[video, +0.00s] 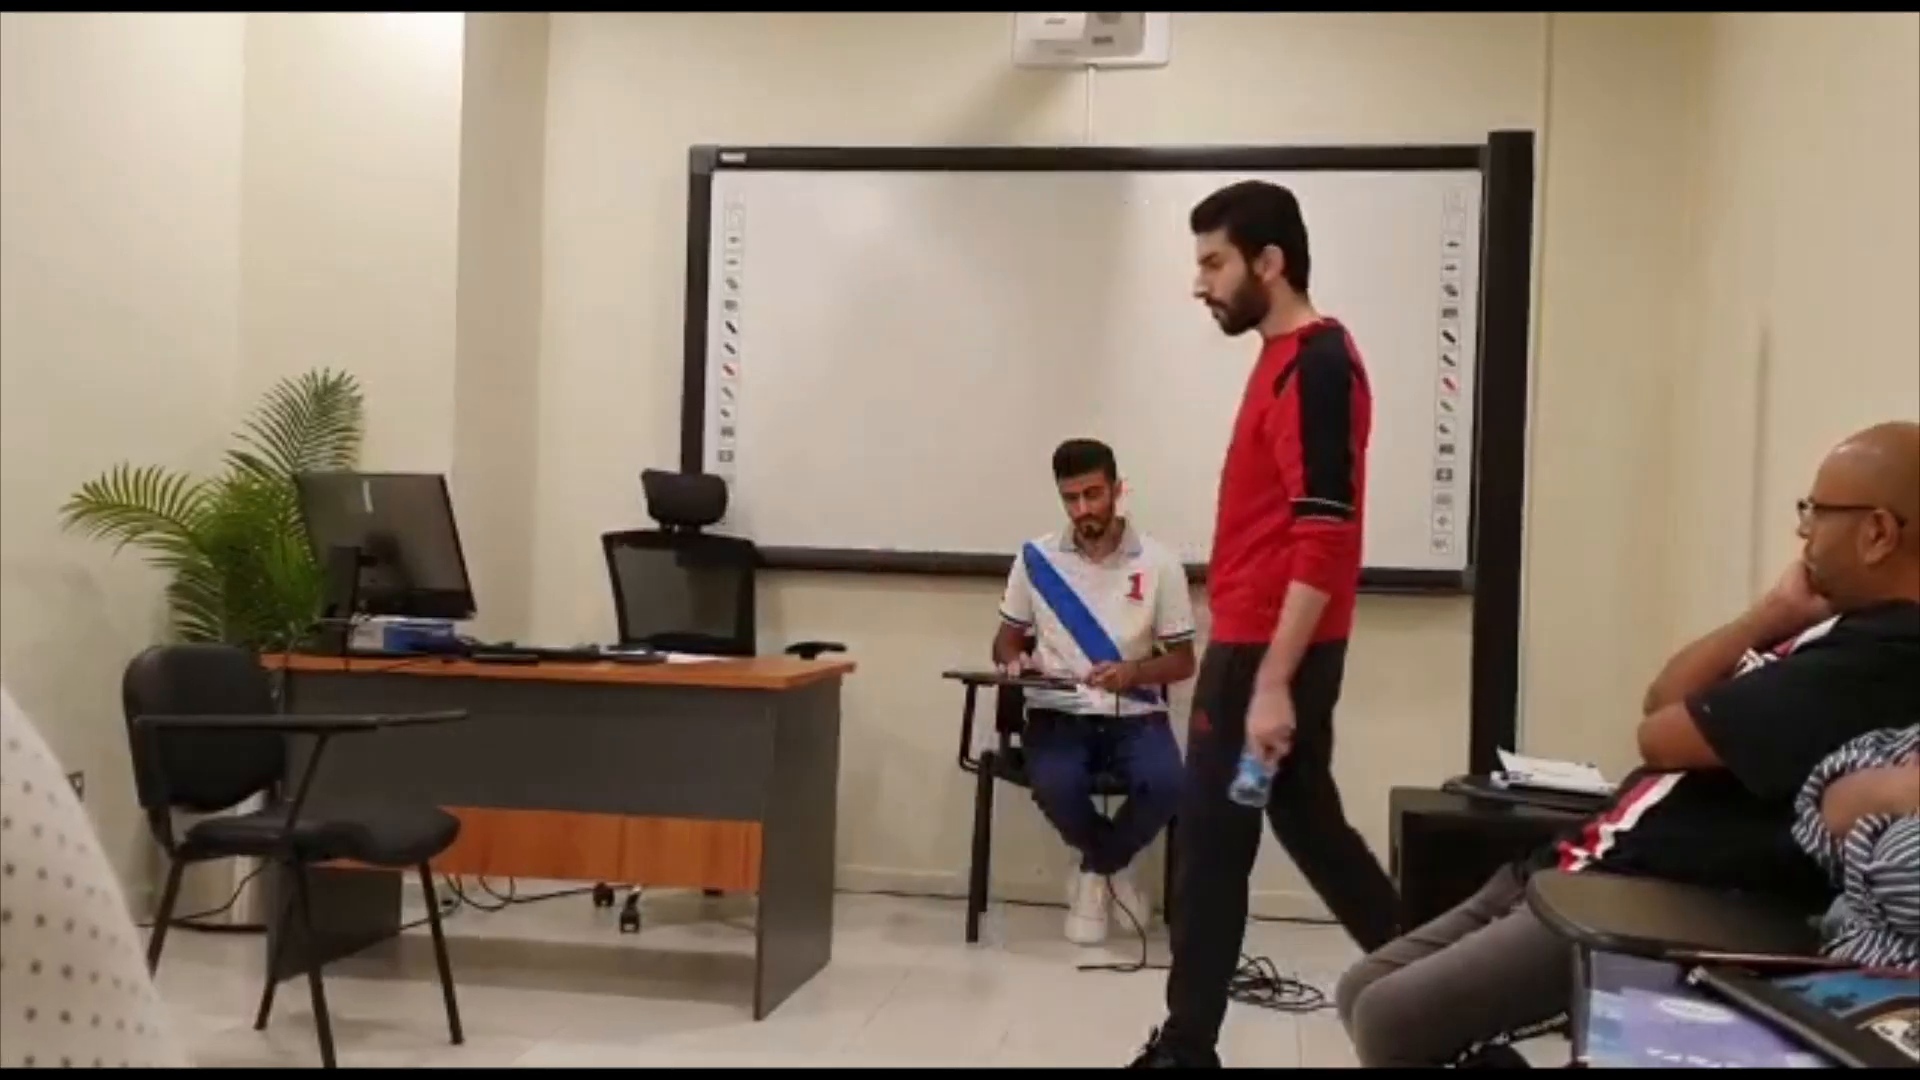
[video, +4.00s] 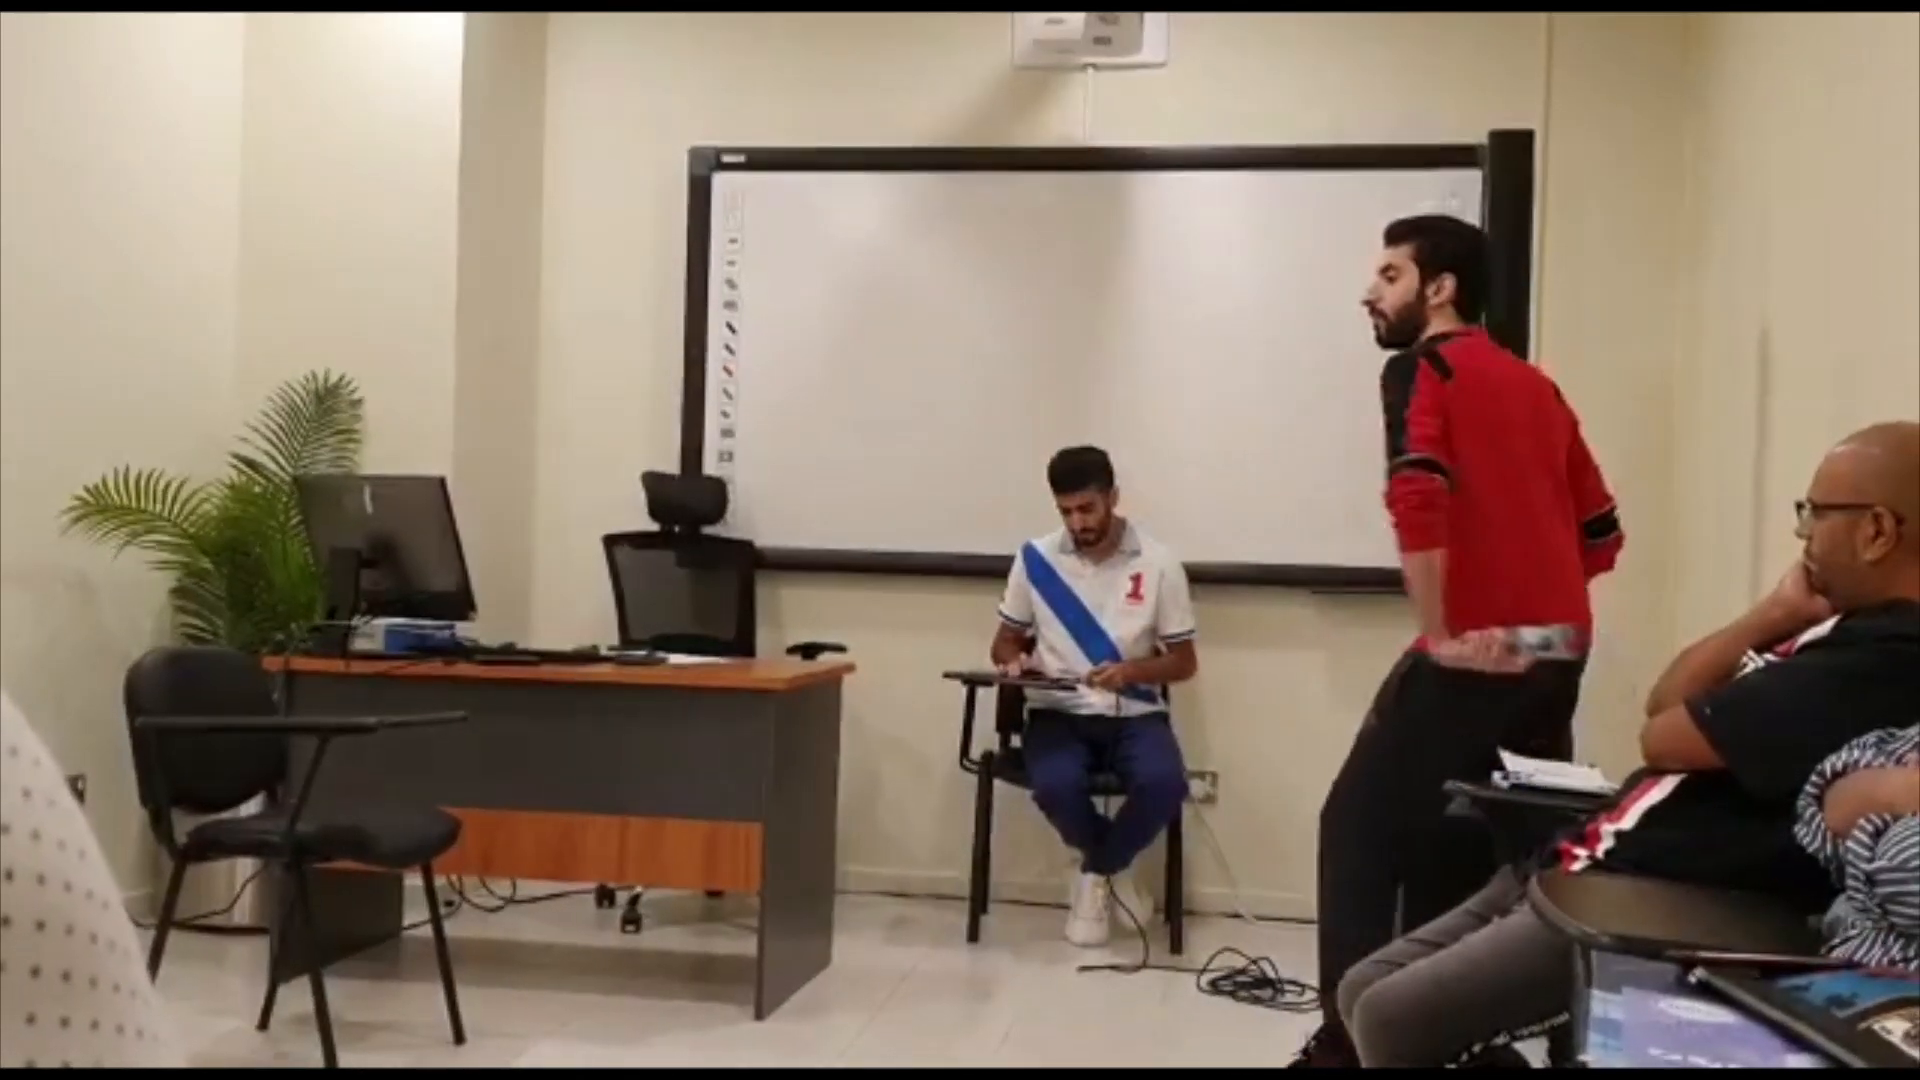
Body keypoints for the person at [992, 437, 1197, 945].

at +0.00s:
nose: (1083, 510)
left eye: (1092, 495)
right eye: (1071, 498)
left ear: (1117, 491)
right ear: (1060, 499)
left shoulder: (1157, 561)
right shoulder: (1036, 559)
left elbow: (1183, 660)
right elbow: (1006, 641)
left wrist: (1133, 673)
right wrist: (1013, 659)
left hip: (1134, 713)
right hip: (1058, 712)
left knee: (1165, 785)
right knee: (1055, 790)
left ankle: (1095, 874)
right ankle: (1115, 865)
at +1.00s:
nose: (1080, 522)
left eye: (1089, 508)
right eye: (1069, 512)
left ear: (1116, 496)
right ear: (1059, 507)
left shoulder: (1159, 564)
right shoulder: (1036, 561)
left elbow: (1184, 662)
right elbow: (1006, 645)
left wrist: (1132, 674)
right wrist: (1014, 662)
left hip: (1135, 716)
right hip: (1059, 715)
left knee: (1164, 788)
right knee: (1056, 791)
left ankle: (1096, 878)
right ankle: (1114, 870)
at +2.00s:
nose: (1078, 526)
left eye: (1088, 512)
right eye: (1068, 515)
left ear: (1115, 498)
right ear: (1057, 509)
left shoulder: (1158, 566)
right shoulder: (1036, 562)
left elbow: (1184, 663)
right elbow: (1007, 643)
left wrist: (1132, 674)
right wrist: (1013, 662)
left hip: (1134, 717)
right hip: (1058, 716)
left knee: (1164, 788)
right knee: (1055, 791)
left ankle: (1094, 879)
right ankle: (1115, 869)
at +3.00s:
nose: (1078, 526)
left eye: (1087, 512)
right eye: (1067, 514)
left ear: (1113, 499)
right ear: (1056, 509)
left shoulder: (1158, 566)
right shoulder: (1036, 562)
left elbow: (1183, 663)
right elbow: (1008, 641)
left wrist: (1132, 674)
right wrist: (1012, 661)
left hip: (1135, 717)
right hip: (1059, 716)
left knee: (1163, 788)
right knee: (1055, 791)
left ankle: (1094, 879)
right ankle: (1114, 870)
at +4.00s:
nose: (1077, 523)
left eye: (1087, 509)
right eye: (1067, 512)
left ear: (1113, 498)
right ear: (1056, 507)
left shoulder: (1157, 564)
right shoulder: (1035, 560)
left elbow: (1184, 661)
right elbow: (1004, 643)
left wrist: (1129, 672)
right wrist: (1013, 660)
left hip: (1135, 714)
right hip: (1057, 713)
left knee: (1163, 786)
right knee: (1054, 789)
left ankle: (1094, 877)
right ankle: (1113, 867)